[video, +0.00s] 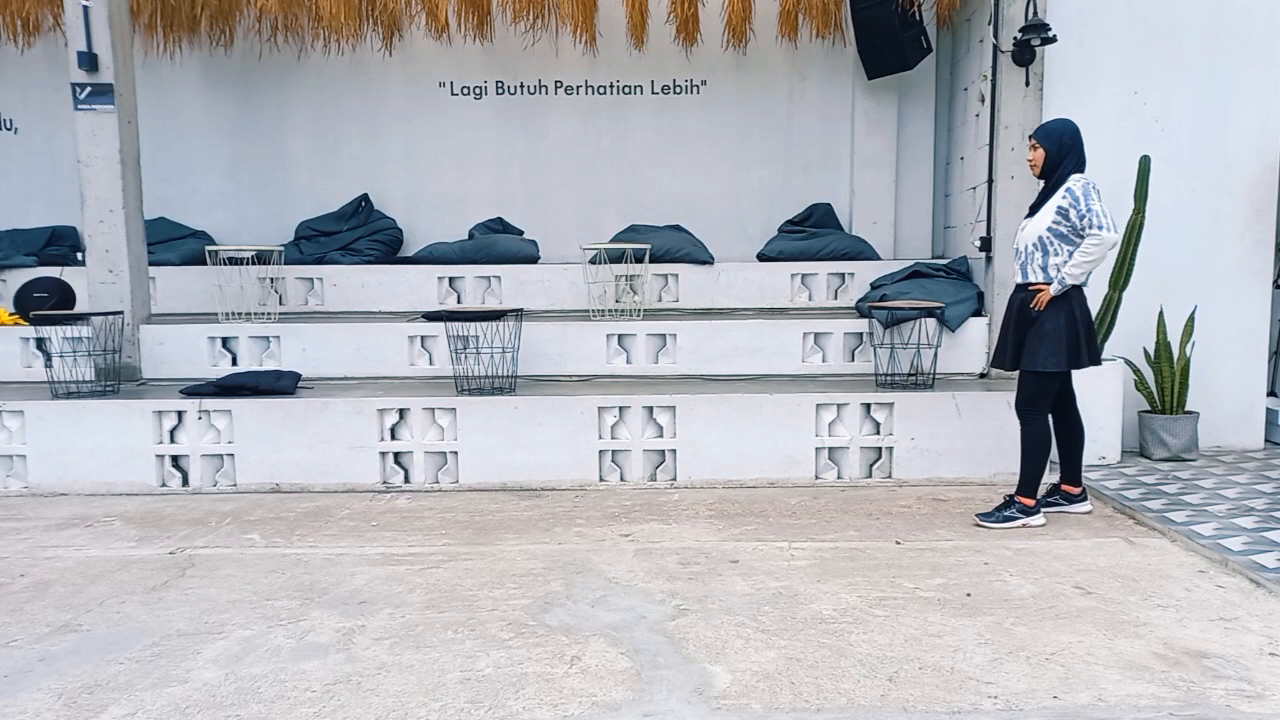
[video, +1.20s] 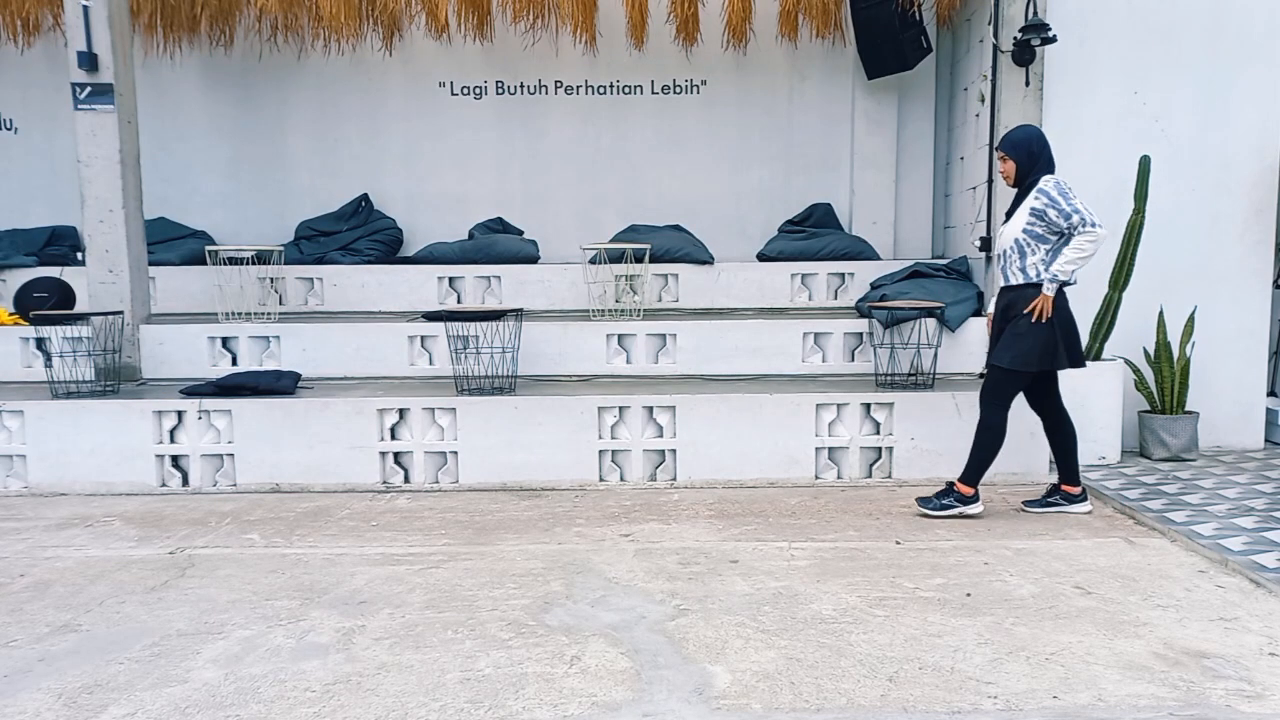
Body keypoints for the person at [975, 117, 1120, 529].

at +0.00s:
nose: (1030, 155)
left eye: (1036, 147)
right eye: (1030, 148)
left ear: (1058, 149)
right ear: (1050, 151)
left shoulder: (1078, 186)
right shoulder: (1051, 192)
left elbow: (1103, 236)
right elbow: (1057, 248)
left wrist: (1060, 283)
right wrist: (1030, 284)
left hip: (1053, 310)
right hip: (1037, 308)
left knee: (1031, 405)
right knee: (1061, 403)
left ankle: (1024, 501)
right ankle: (1072, 489)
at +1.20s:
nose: (1000, 168)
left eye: (1005, 160)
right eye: (998, 160)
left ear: (1027, 158)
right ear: (1017, 160)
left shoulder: (1048, 186)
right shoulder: (1025, 198)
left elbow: (1091, 231)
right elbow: (1015, 262)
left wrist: (1052, 283)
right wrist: (997, 306)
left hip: (1032, 310)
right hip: (1017, 310)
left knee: (994, 397)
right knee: (1048, 404)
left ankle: (964, 490)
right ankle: (1071, 489)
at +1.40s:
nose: (976, 169)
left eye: (981, 161)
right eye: (976, 162)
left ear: (1002, 160)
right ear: (996, 163)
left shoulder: (1027, 194)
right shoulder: (997, 205)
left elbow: (1072, 248)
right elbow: (978, 268)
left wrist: (1074, 311)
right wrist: (948, 304)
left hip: (1006, 310)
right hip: (988, 311)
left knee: (968, 400)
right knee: (1030, 403)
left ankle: (939, 489)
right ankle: (1068, 486)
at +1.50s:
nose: (960, 169)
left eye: (965, 160)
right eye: (960, 160)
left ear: (987, 160)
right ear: (983, 160)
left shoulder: (1011, 198)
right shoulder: (983, 204)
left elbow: (1041, 263)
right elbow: (958, 265)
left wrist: (1071, 321)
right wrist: (927, 300)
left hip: (982, 308)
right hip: (967, 308)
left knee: (959, 402)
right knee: (1006, 402)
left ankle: (940, 490)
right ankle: (1060, 479)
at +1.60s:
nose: (944, 166)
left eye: (949, 158)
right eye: (944, 158)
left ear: (970, 158)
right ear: (967, 159)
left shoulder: (992, 199)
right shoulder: (964, 202)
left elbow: (1011, 267)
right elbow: (942, 267)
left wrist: (1025, 327)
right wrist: (917, 305)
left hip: (962, 304)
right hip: (944, 305)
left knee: (955, 404)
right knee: (963, 405)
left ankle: (941, 491)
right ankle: (1035, 468)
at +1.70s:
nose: (925, 164)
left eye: (931, 156)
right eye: (925, 157)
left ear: (952, 157)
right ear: (947, 159)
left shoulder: (971, 199)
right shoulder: (949, 201)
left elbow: (974, 272)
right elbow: (940, 272)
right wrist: (913, 322)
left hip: (948, 309)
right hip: (924, 309)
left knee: (947, 400)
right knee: (910, 401)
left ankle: (942, 491)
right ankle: (984, 457)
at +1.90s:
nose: (884, 161)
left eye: (889, 154)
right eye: (885, 154)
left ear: (909, 157)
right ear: (913, 158)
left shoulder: (922, 197)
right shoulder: (916, 196)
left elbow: (891, 263)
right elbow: (936, 267)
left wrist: (850, 308)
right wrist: (944, 319)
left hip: (914, 309)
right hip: (895, 306)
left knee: (921, 401)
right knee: (855, 391)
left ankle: (940, 491)